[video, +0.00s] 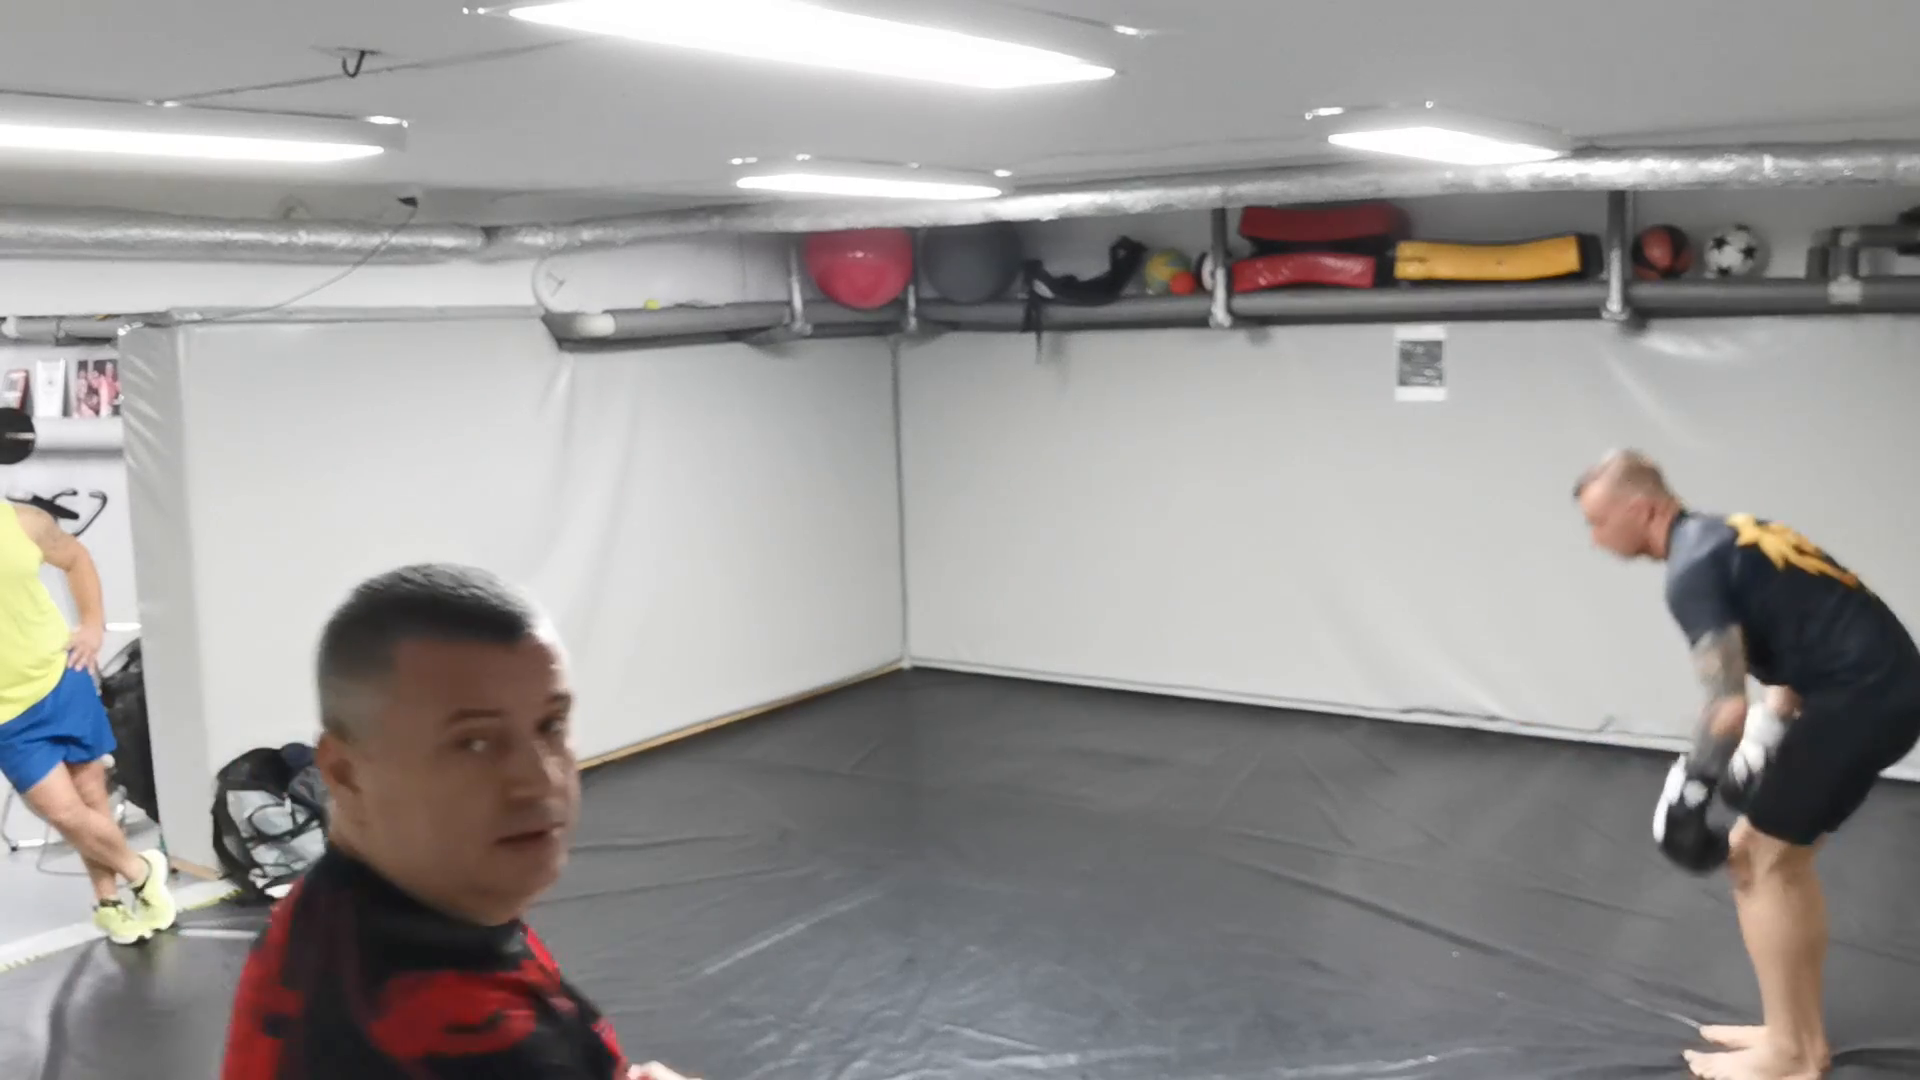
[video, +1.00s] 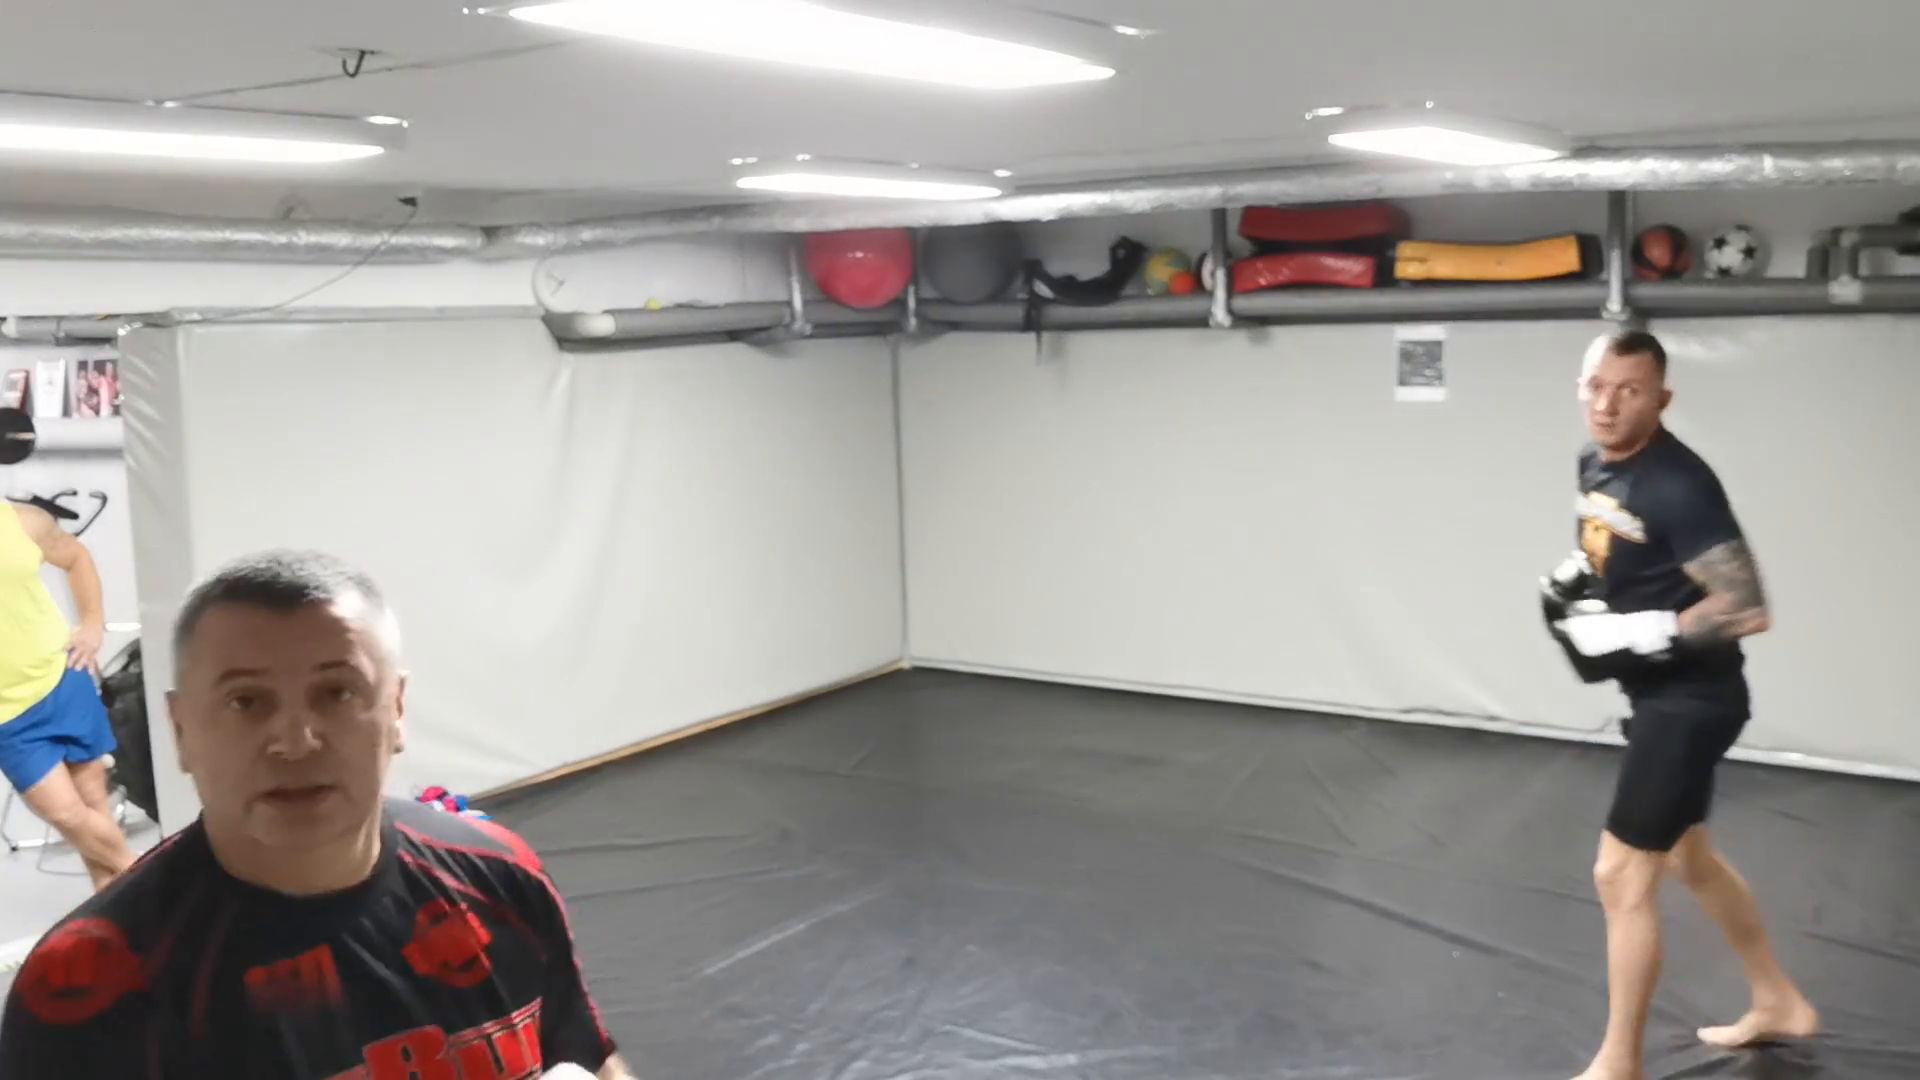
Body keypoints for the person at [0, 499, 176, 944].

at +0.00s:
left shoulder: (21, 522)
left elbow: (76, 557)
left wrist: (92, 623)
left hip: (61, 681)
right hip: (8, 714)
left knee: (91, 796)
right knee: (63, 814)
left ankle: (107, 901)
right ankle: (142, 872)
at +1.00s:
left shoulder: (23, 522)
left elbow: (76, 557)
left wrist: (92, 623)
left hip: (64, 683)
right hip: (10, 717)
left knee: (93, 803)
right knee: (65, 816)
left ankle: (113, 909)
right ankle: (147, 880)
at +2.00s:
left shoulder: (22, 523)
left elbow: (76, 558)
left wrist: (92, 623)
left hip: (63, 683)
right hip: (9, 716)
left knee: (92, 798)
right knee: (64, 816)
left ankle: (107, 901)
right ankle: (142, 872)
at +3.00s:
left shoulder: (21, 522)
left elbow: (76, 558)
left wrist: (93, 623)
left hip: (62, 682)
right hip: (7, 715)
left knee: (91, 797)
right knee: (65, 816)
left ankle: (107, 901)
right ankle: (142, 872)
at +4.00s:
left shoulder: (21, 522)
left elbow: (76, 557)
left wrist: (92, 622)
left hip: (62, 682)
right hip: (8, 715)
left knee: (92, 798)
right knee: (66, 817)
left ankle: (108, 902)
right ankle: (142, 872)